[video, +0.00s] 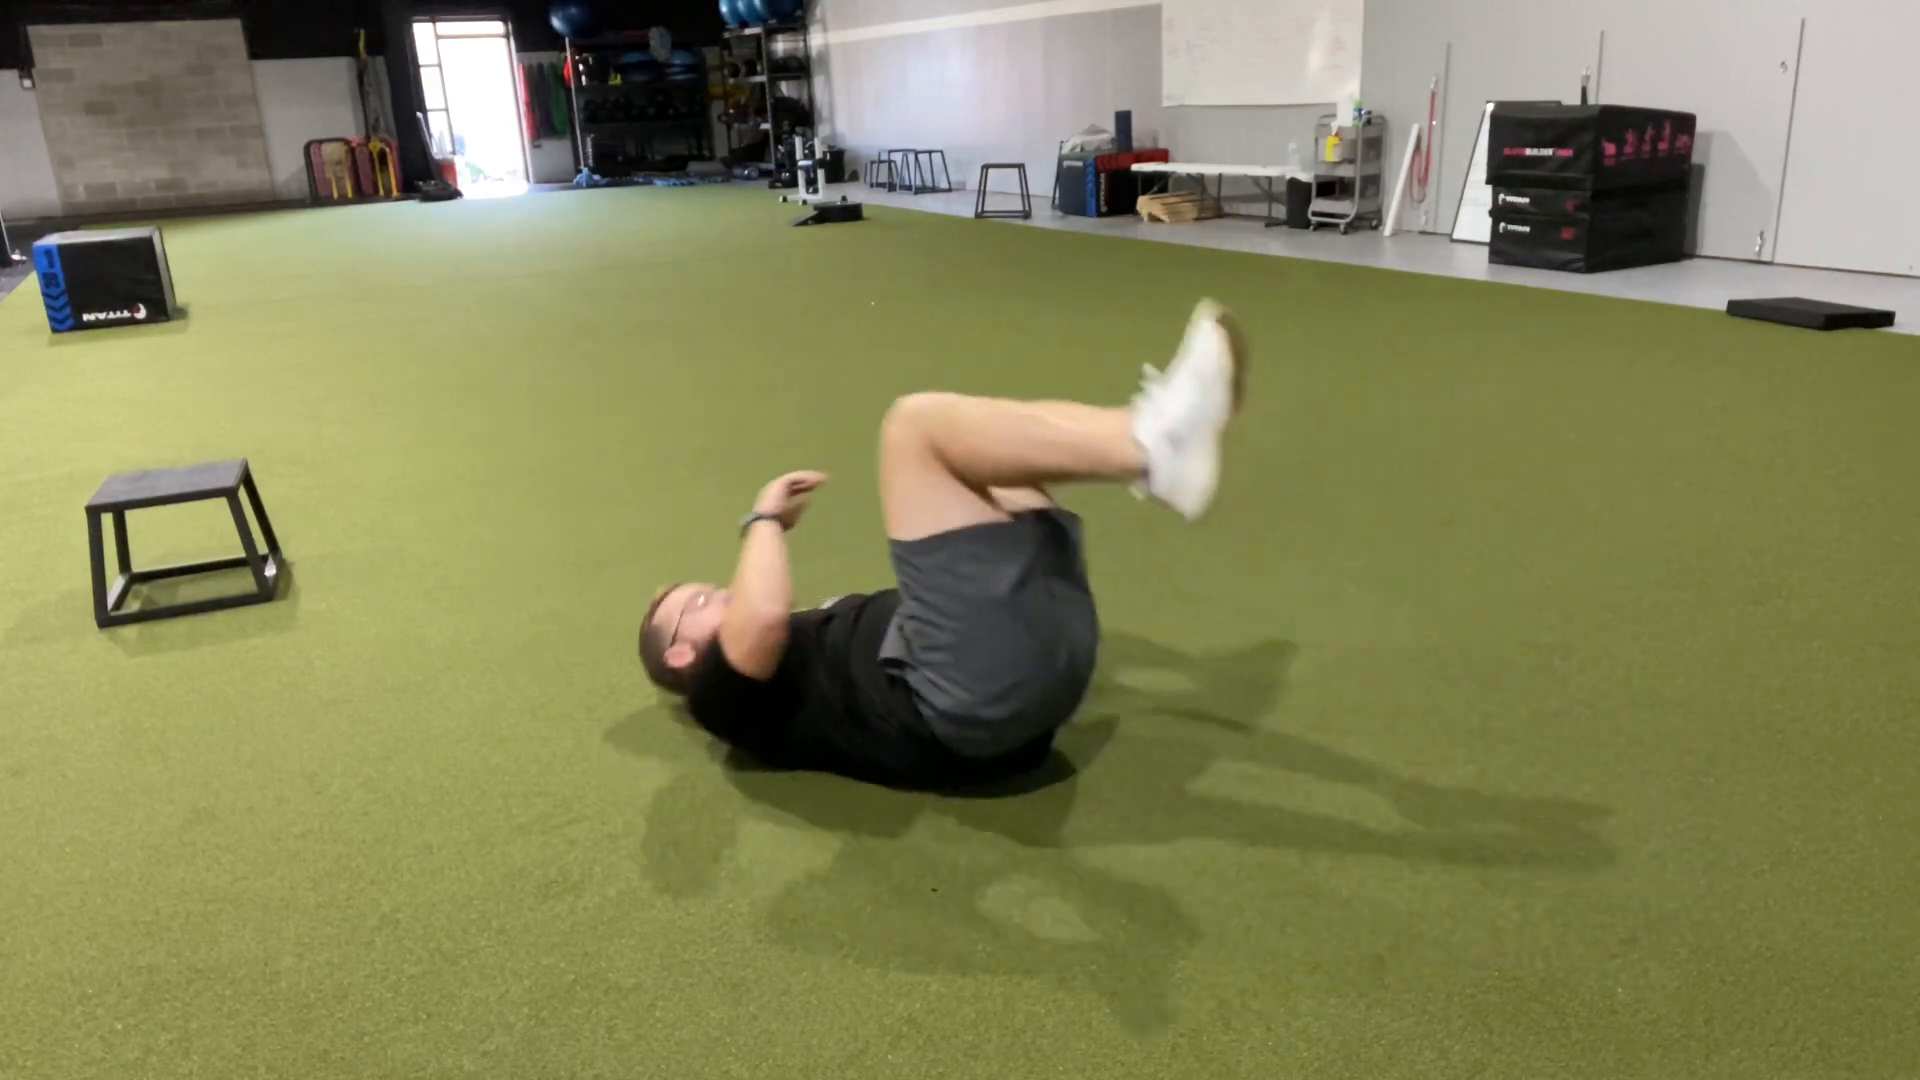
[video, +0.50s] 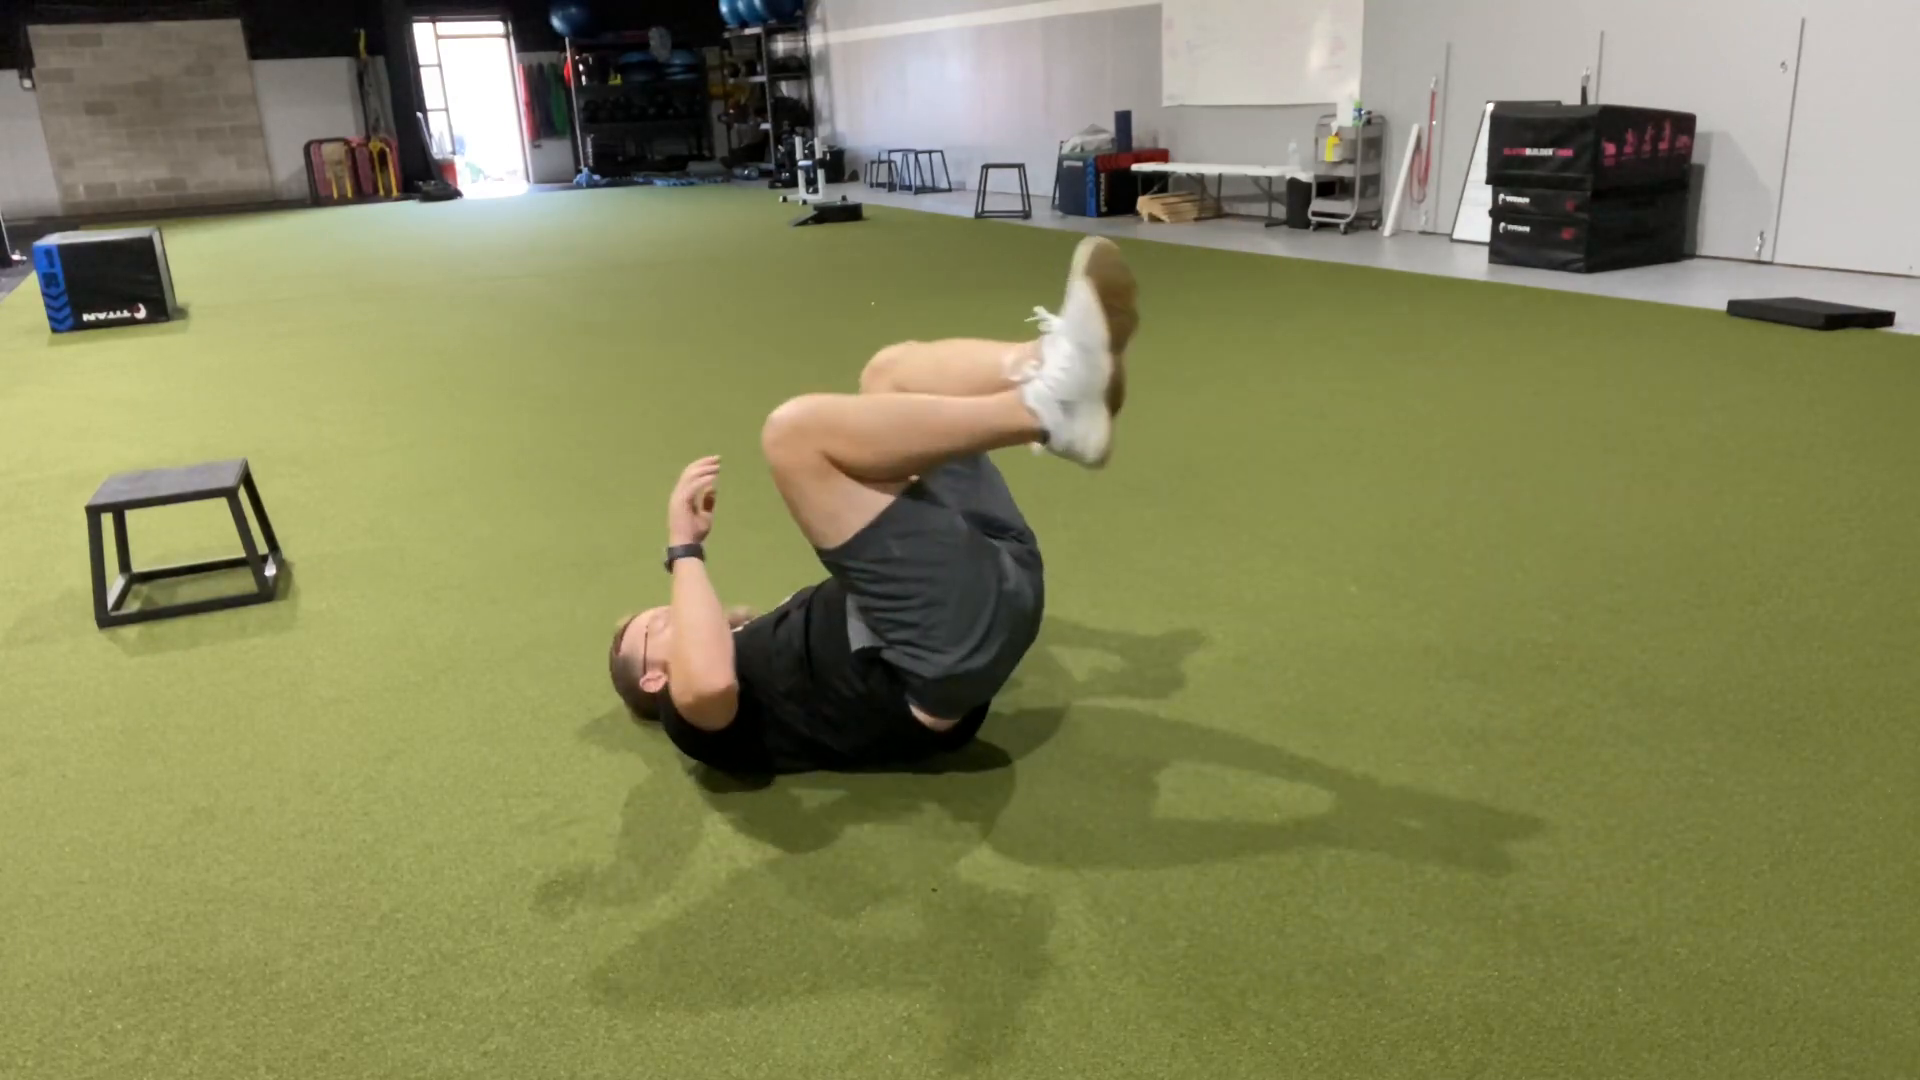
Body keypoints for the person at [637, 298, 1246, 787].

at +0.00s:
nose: (706, 596)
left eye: (702, 590)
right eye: (683, 610)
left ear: (726, 595)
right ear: (681, 660)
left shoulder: (792, 653)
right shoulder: (719, 690)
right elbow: (763, 624)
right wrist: (766, 518)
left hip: (1032, 675)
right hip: (967, 691)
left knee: (989, 453)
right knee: (914, 427)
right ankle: (1149, 449)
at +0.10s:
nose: (676, 617)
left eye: (670, 612)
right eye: (661, 629)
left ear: (695, 620)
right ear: (665, 680)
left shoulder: (788, 665)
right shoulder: (709, 707)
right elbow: (724, 631)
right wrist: (709, 538)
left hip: (1023, 648)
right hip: (950, 668)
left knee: (931, 432)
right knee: (852, 419)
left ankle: (1100, 382)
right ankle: (1088, 402)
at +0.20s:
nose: (667, 616)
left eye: (659, 618)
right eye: (649, 629)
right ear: (652, 682)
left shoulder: (785, 646)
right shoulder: (699, 711)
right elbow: (693, 639)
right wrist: (675, 558)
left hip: (1009, 620)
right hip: (928, 652)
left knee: (902, 425)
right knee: (809, 421)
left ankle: (1067, 371)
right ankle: (1045, 384)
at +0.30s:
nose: (656, 627)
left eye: (648, 625)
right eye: (642, 635)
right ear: (649, 686)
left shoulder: (791, 639)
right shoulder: (702, 713)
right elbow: (684, 654)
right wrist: (663, 560)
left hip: (1006, 600)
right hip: (939, 648)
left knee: (873, 385)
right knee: (781, 428)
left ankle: (1036, 362)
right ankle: (1018, 392)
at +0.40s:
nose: (659, 628)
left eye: (655, 623)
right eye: (643, 638)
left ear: (697, 613)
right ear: (651, 693)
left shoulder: (791, 637)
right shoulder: (707, 717)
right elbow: (693, 669)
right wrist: (668, 556)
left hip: (1008, 589)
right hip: (943, 643)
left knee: (872, 375)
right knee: (774, 434)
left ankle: (1034, 364)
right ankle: (1020, 402)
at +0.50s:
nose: (664, 609)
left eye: (661, 607)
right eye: (648, 624)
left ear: (698, 612)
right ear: (654, 680)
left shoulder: (782, 643)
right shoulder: (704, 724)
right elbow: (711, 684)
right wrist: (685, 550)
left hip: (1003, 590)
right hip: (942, 652)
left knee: (886, 369)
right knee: (791, 433)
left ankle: (1050, 362)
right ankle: (1042, 414)